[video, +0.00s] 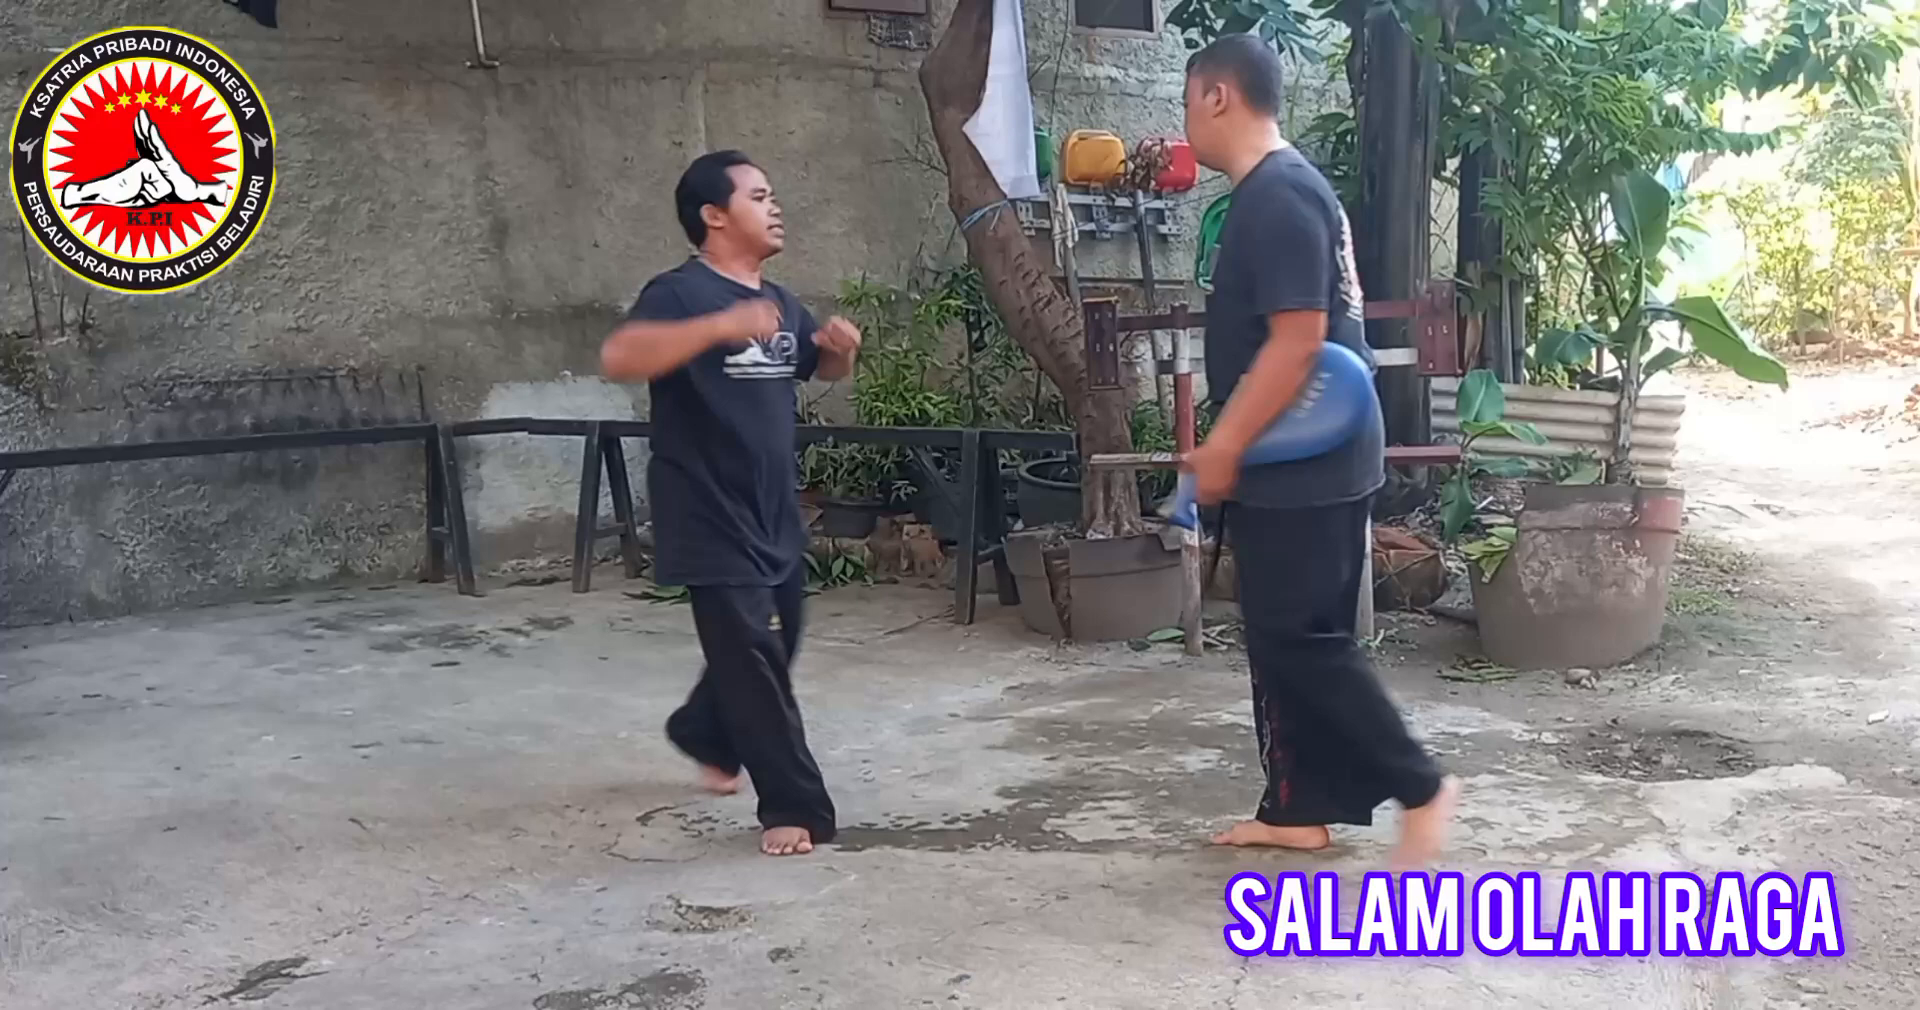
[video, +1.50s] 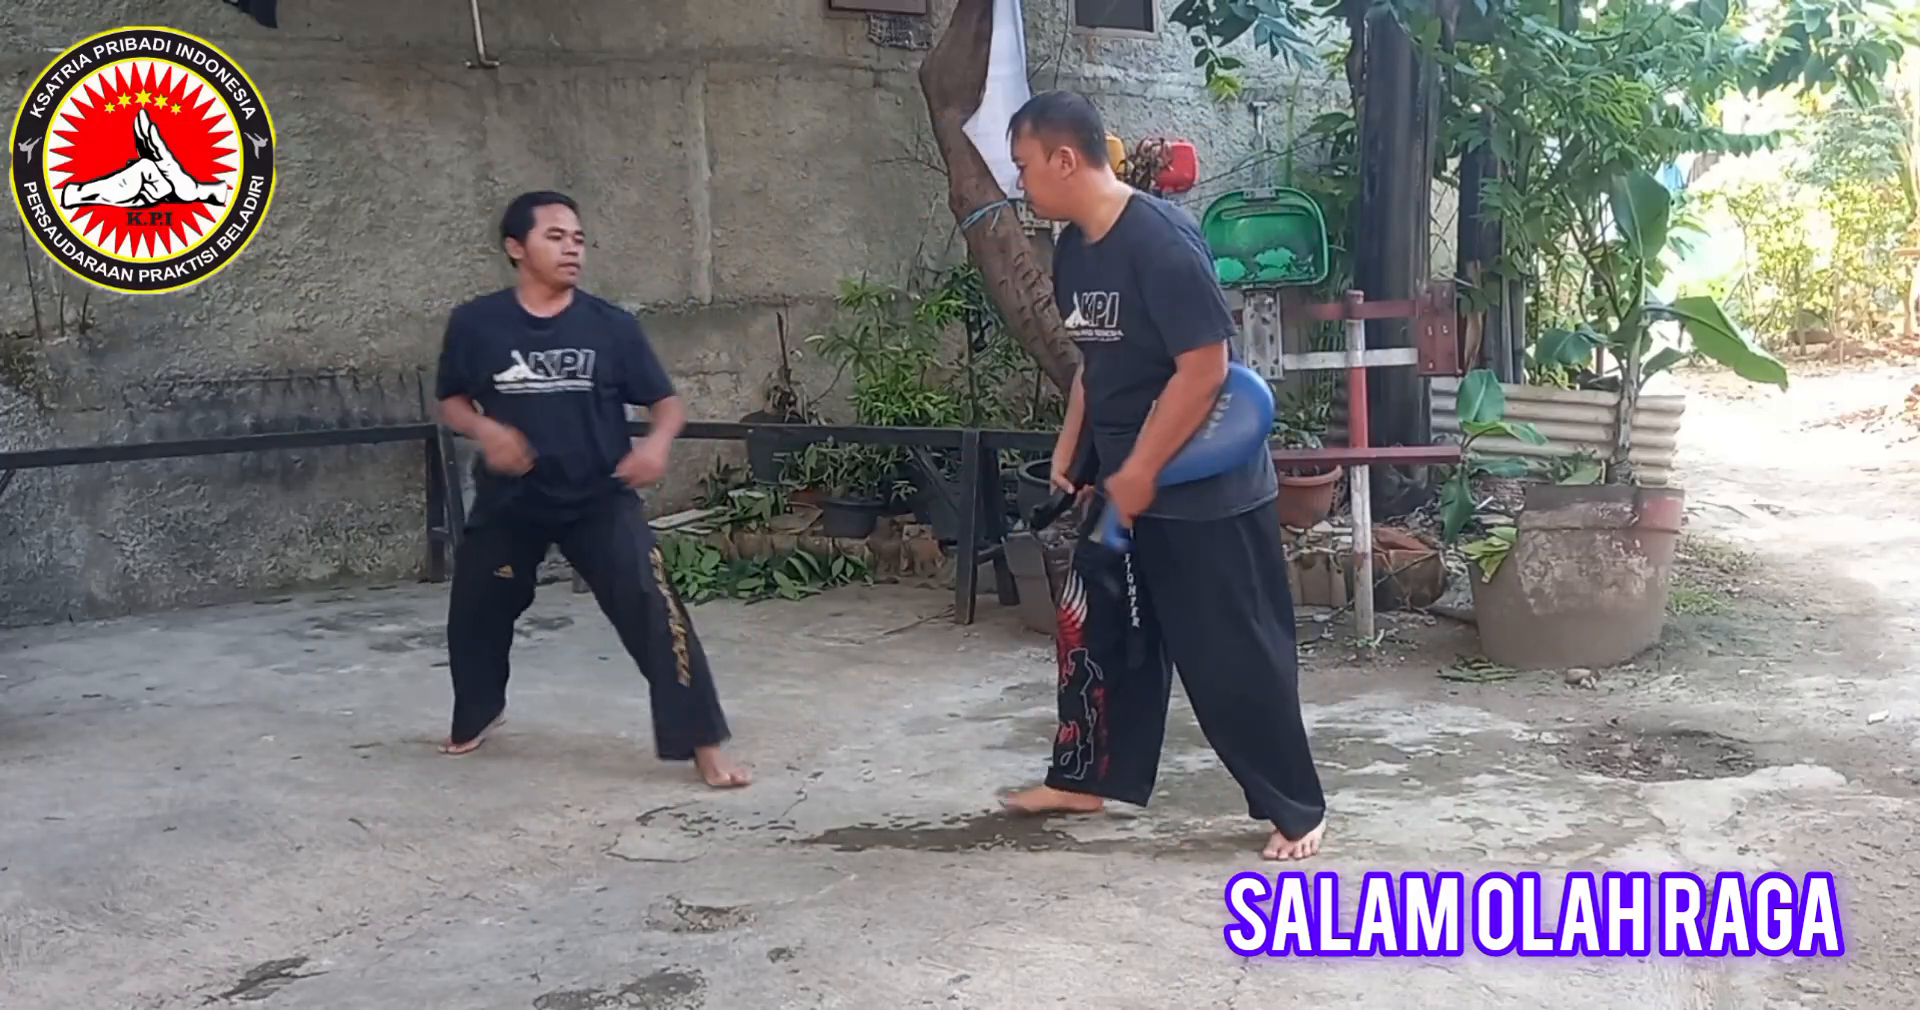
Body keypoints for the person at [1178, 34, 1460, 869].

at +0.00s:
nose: (1184, 124)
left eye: (1187, 105)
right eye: (1184, 106)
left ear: (1218, 97)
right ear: (1251, 97)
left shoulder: (1276, 194)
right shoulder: (1288, 185)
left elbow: (1297, 338)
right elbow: (1317, 328)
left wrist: (1222, 445)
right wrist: (1235, 437)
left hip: (1302, 468)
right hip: (1289, 466)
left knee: (1295, 639)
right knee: (1287, 638)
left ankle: (1422, 788)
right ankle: (1298, 814)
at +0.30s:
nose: (1128, 137)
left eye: (1129, 118)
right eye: (1128, 119)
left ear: (1157, 111)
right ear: (1202, 112)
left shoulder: (1192, 206)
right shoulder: (1249, 193)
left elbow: (1200, 348)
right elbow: (1262, 338)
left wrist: (1145, 460)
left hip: (1225, 475)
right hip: (1289, 465)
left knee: (1164, 647)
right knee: (1283, 645)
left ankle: (1114, 817)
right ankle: (1293, 817)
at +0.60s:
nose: (1013, 155)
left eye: (1015, 138)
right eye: (1013, 139)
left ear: (1044, 135)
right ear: (1086, 130)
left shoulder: (1088, 227)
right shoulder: (1144, 203)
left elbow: (1091, 372)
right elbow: (1162, 341)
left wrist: (1017, 468)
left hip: (1127, 465)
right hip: (1187, 456)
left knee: (1100, 636)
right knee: (1163, 615)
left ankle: (1105, 812)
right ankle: (1207, 749)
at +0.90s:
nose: (924, 217)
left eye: (923, 198)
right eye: (919, 200)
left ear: (958, 182)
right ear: (963, 182)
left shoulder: (1051, 238)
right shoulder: (1003, 260)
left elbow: (1078, 370)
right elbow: (1042, 375)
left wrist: (997, 456)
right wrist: (996, 452)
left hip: (1143, 450)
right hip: (1088, 454)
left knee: (1119, 626)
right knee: (1064, 619)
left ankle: (1115, 812)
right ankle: (1056, 778)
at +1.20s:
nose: (958, 207)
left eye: (960, 187)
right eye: (955, 190)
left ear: (1001, 171)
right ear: (1001, 174)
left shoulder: (1093, 239)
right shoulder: (1026, 263)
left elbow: (1121, 369)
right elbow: (1060, 380)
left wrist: (1034, 451)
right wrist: (1030, 456)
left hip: (1168, 473)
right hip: (1089, 477)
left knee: (1221, 638)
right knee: (1074, 631)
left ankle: (1299, 797)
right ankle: (1072, 777)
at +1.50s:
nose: (1020, 184)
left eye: (1023, 167)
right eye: (1017, 169)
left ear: (1065, 159)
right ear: (1065, 159)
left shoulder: (1160, 238)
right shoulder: (1073, 246)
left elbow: (1206, 368)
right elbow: (1098, 356)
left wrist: (1142, 469)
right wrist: (1069, 445)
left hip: (1204, 493)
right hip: (1125, 491)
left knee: (1237, 656)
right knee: (1107, 637)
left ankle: (1295, 813)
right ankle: (1088, 778)